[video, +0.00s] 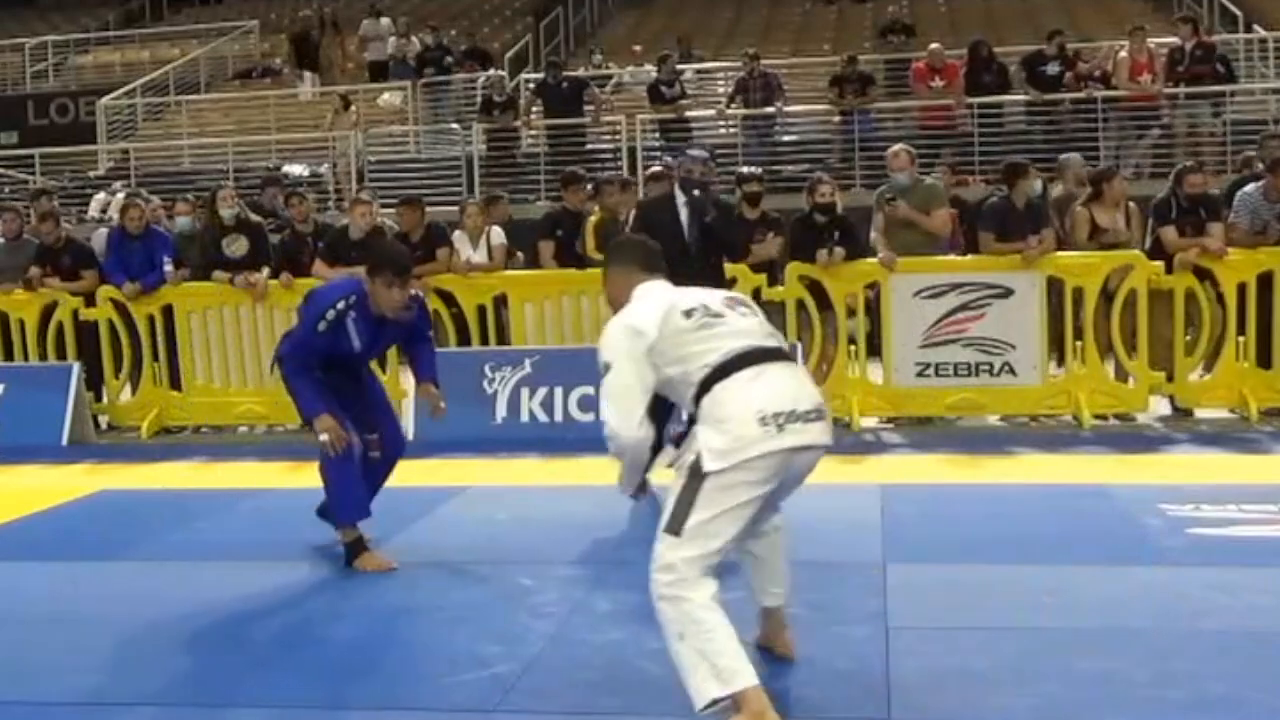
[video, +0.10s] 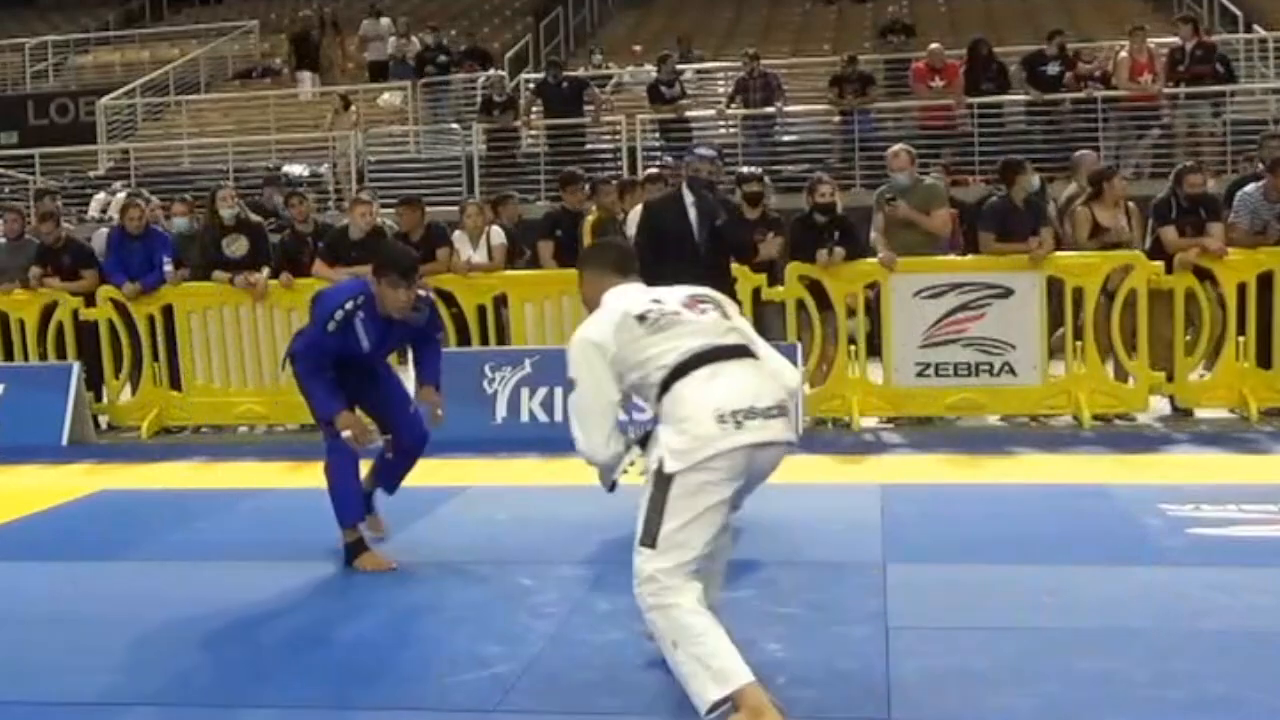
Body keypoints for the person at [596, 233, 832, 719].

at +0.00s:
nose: (609, 298)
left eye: (608, 287)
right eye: (607, 288)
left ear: (622, 281)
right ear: (659, 273)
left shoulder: (627, 324)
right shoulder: (719, 297)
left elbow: (629, 432)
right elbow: (764, 364)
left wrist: (633, 478)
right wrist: (694, 450)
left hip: (742, 431)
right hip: (810, 420)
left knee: (678, 573)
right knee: (761, 516)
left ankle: (751, 706)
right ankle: (776, 630)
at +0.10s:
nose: (585, 297)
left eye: (583, 289)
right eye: (583, 290)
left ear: (590, 285)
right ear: (635, 273)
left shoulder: (594, 332)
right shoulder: (703, 298)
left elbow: (600, 448)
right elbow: (787, 374)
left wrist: (619, 452)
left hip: (704, 432)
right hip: (773, 421)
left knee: (661, 581)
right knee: (715, 520)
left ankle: (751, 705)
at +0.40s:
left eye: (551, 305)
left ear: (551, 304)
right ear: (600, 299)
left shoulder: (530, 335)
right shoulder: (644, 324)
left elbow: (493, 423)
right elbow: (704, 432)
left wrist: (521, 480)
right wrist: (672, 471)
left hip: (582, 434)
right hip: (652, 432)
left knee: (561, 560)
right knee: (628, 536)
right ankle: (616, 649)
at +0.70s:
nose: (451, 282)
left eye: (454, 275)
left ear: (463, 274)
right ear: (522, 269)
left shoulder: (440, 314)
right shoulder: (569, 308)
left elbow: (403, 408)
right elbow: (622, 401)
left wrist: (432, 476)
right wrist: (609, 451)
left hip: (486, 446)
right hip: (568, 441)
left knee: (449, 582)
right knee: (567, 521)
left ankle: (466, 708)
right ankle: (577, 634)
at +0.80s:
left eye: (442, 276)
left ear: (448, 275)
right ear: (508, 271)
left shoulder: (422, 319)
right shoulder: (552, 307)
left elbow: (393, 418)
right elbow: (606, 381)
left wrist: (423, 472)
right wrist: (591, 445)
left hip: (466, 441)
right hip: (547, 438)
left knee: (447, 581)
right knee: (540, 530)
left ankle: (467, 705)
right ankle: (531, 630)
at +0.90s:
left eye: (436, 271)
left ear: (441, 271)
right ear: (499, 262)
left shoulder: (417, 311)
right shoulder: (544, 301)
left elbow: (391, 409)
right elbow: (594, 371)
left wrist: (422, 465)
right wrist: (582, 443)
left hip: (463, 425)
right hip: (541, 424)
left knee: (435, 558)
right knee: (521, 518)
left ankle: (461, 680)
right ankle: (525, 636)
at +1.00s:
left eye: (432, 289)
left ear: (434, 289)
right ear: (482, 283)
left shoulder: (411, 337)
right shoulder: (529, 321)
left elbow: (399, 444)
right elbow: (587, 412)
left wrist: (444, 473)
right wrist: (561, 457)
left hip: (470, 453)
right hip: (544, 450)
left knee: (383, 565)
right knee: (516, 519)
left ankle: (462, 663)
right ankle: (504, 631)